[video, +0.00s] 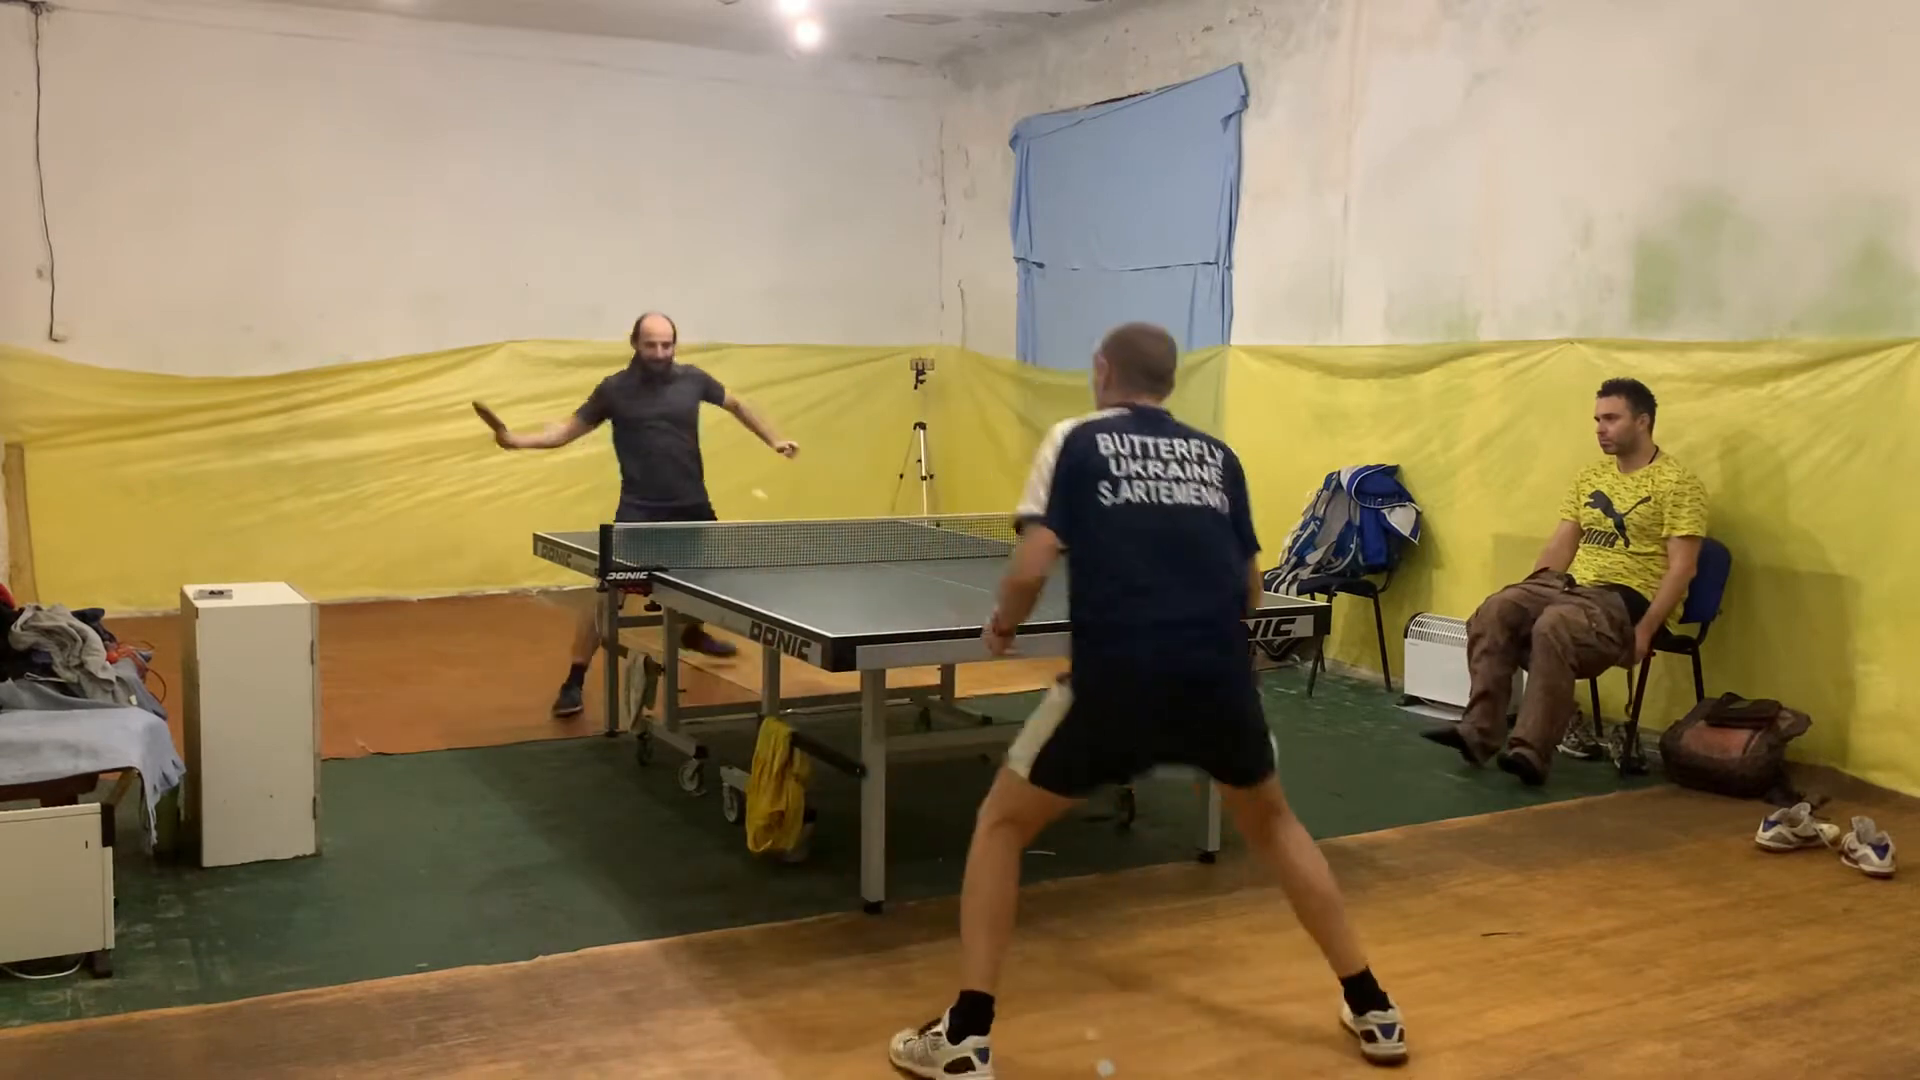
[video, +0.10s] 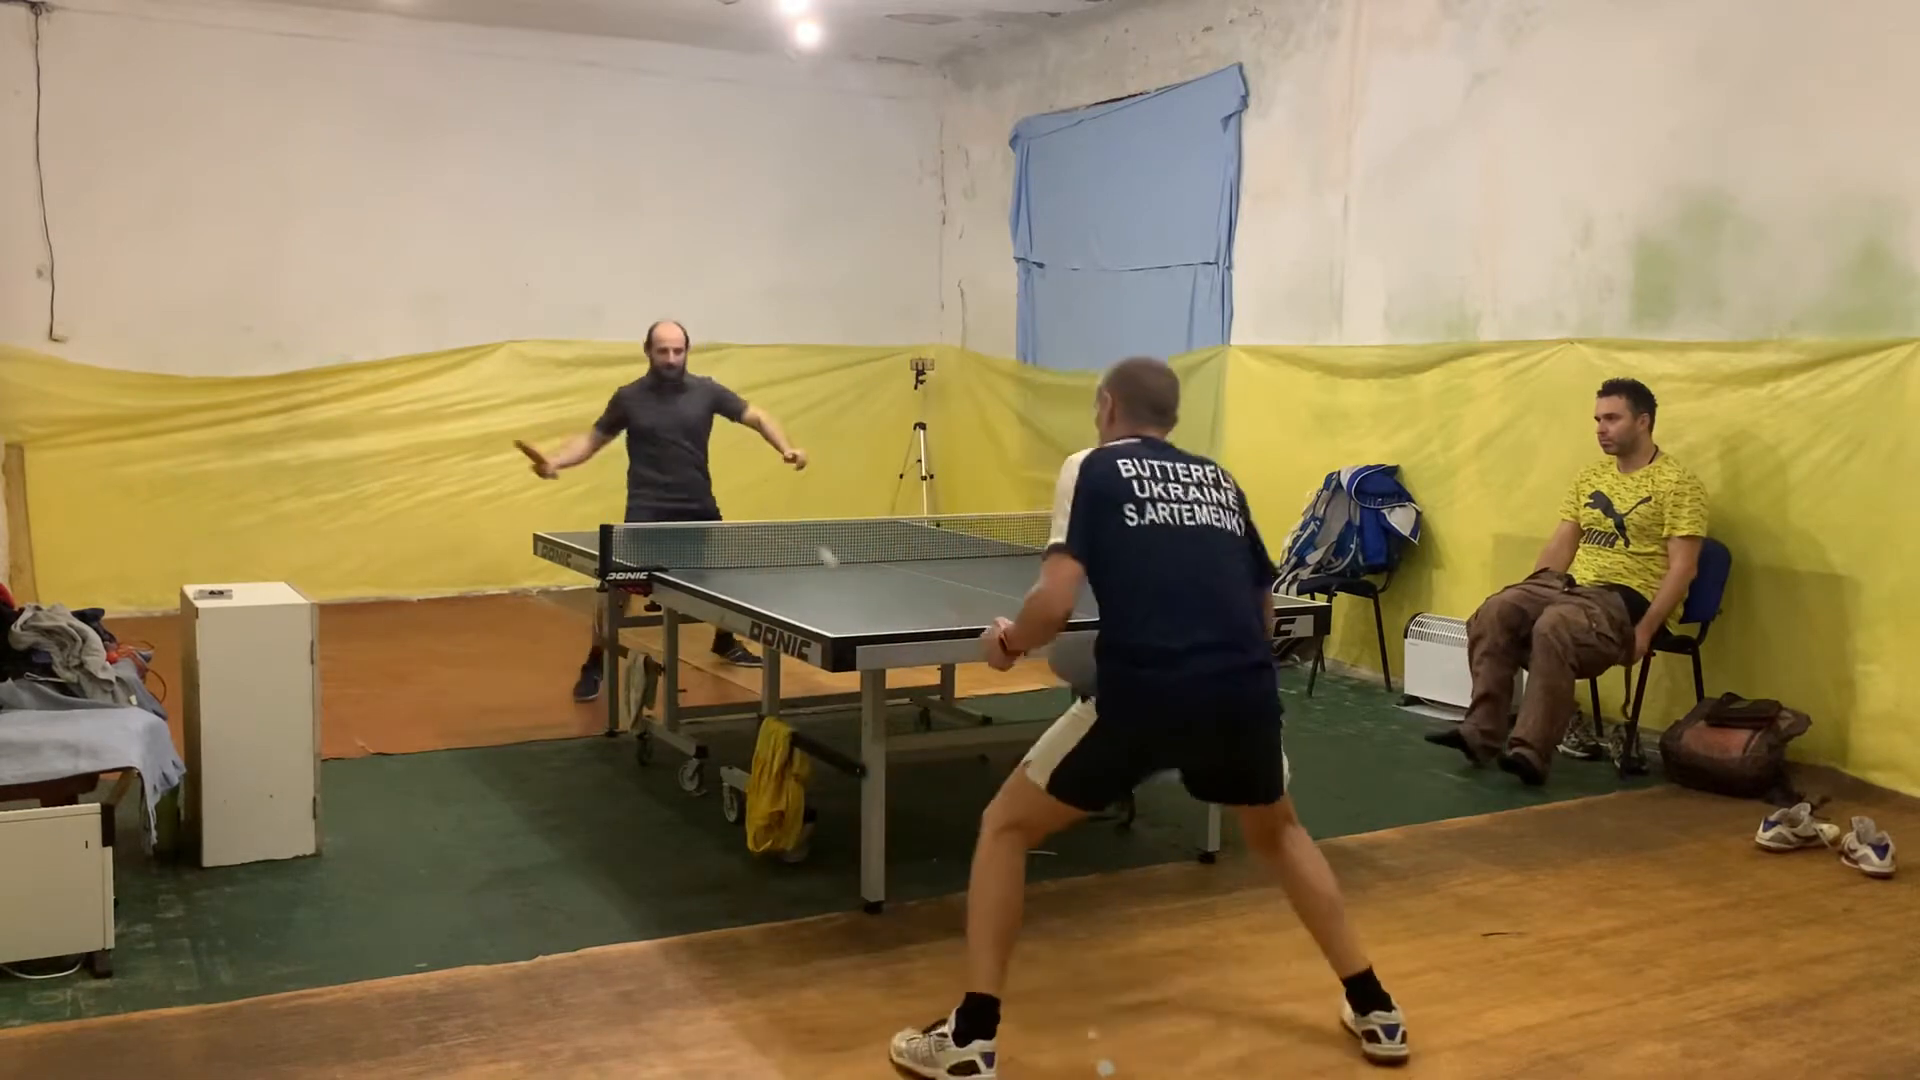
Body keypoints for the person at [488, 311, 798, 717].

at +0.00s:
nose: (661, 352)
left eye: (667, 345)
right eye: (652, 345)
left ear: (676, 345)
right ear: (635, 346)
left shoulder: (694, 379)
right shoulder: (614, 390)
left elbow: (737, 406)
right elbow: (566, 429)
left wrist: (774, 440)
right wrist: (515, 440)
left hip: (692, 509)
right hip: (637, 511)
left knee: (711, 573)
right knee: (606, 594)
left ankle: (689, 628)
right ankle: (574, 682)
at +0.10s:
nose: (671, 358)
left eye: (678, 351)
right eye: (663, 351)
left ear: (687, 352)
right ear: (648, 353)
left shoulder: (706, 391)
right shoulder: (629, 398)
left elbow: (757, 418)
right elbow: (592, 440)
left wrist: (786, 448)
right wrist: (554, 462)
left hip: (699, 508)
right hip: (646, 510)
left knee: (727, 573)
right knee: (618, 587)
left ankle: (725, 639)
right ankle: (595, 663)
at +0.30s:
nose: (679, 338)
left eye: (686, 331)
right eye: (671, 332)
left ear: (695, 332)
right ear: (657, 333)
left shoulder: (715, 368)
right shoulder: (639, 376)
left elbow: (759, 407)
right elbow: (596, 414)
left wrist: (745, 443)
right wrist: (605, 430)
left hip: (708, 485)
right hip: (656, 487)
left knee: (743, 558)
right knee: (624, 565)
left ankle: (734, 632)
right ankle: (601, 653)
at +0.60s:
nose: (667, 381)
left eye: (674, 374)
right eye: (661, 375)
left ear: (689, 372)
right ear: (652, 375)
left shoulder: (713, 403)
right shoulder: (643, 413)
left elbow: (739, 437)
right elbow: (612, 455)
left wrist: (731, 486)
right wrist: (593, 480)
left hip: (707, 511)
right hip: (657, 514)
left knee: (753, 562)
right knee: (629, 580)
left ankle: (764, 632)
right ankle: (606, 650)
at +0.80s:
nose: (596, 353)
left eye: (604, 345)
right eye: (588, 347)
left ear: (618, 346)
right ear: (580, 351)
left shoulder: (648, 373)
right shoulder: (581, 399)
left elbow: (708, 394)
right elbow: (591, 455)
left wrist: (735, 438)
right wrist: (638, 473)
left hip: (669, 478)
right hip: (621, 487)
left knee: (715, 545)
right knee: (607, 570)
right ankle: (607, 653)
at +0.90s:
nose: (588, 331)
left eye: (594, 324)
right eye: (580, 326)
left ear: (607, 324)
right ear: (569, 330)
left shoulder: (637, 355)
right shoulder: (566, 378)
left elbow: (693, 383)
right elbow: (578, 441)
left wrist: (715, 434)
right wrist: (621, 469)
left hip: (651, 462)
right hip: (602, 469)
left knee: (690, 532)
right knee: (583, 553)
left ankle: (710, 605)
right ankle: (586, 646)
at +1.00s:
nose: (577, 330)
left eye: (584, 322)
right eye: (569, 324)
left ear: (597, 323)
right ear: (558, 328)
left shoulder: (626, 358)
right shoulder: (551, 375)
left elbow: (677, 392)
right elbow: (545, 435)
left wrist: (697, 443)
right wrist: (573, 477)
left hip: (633, 467)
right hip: (584, 475)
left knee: (664, 547)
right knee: (569, 562)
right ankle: (566, 651)